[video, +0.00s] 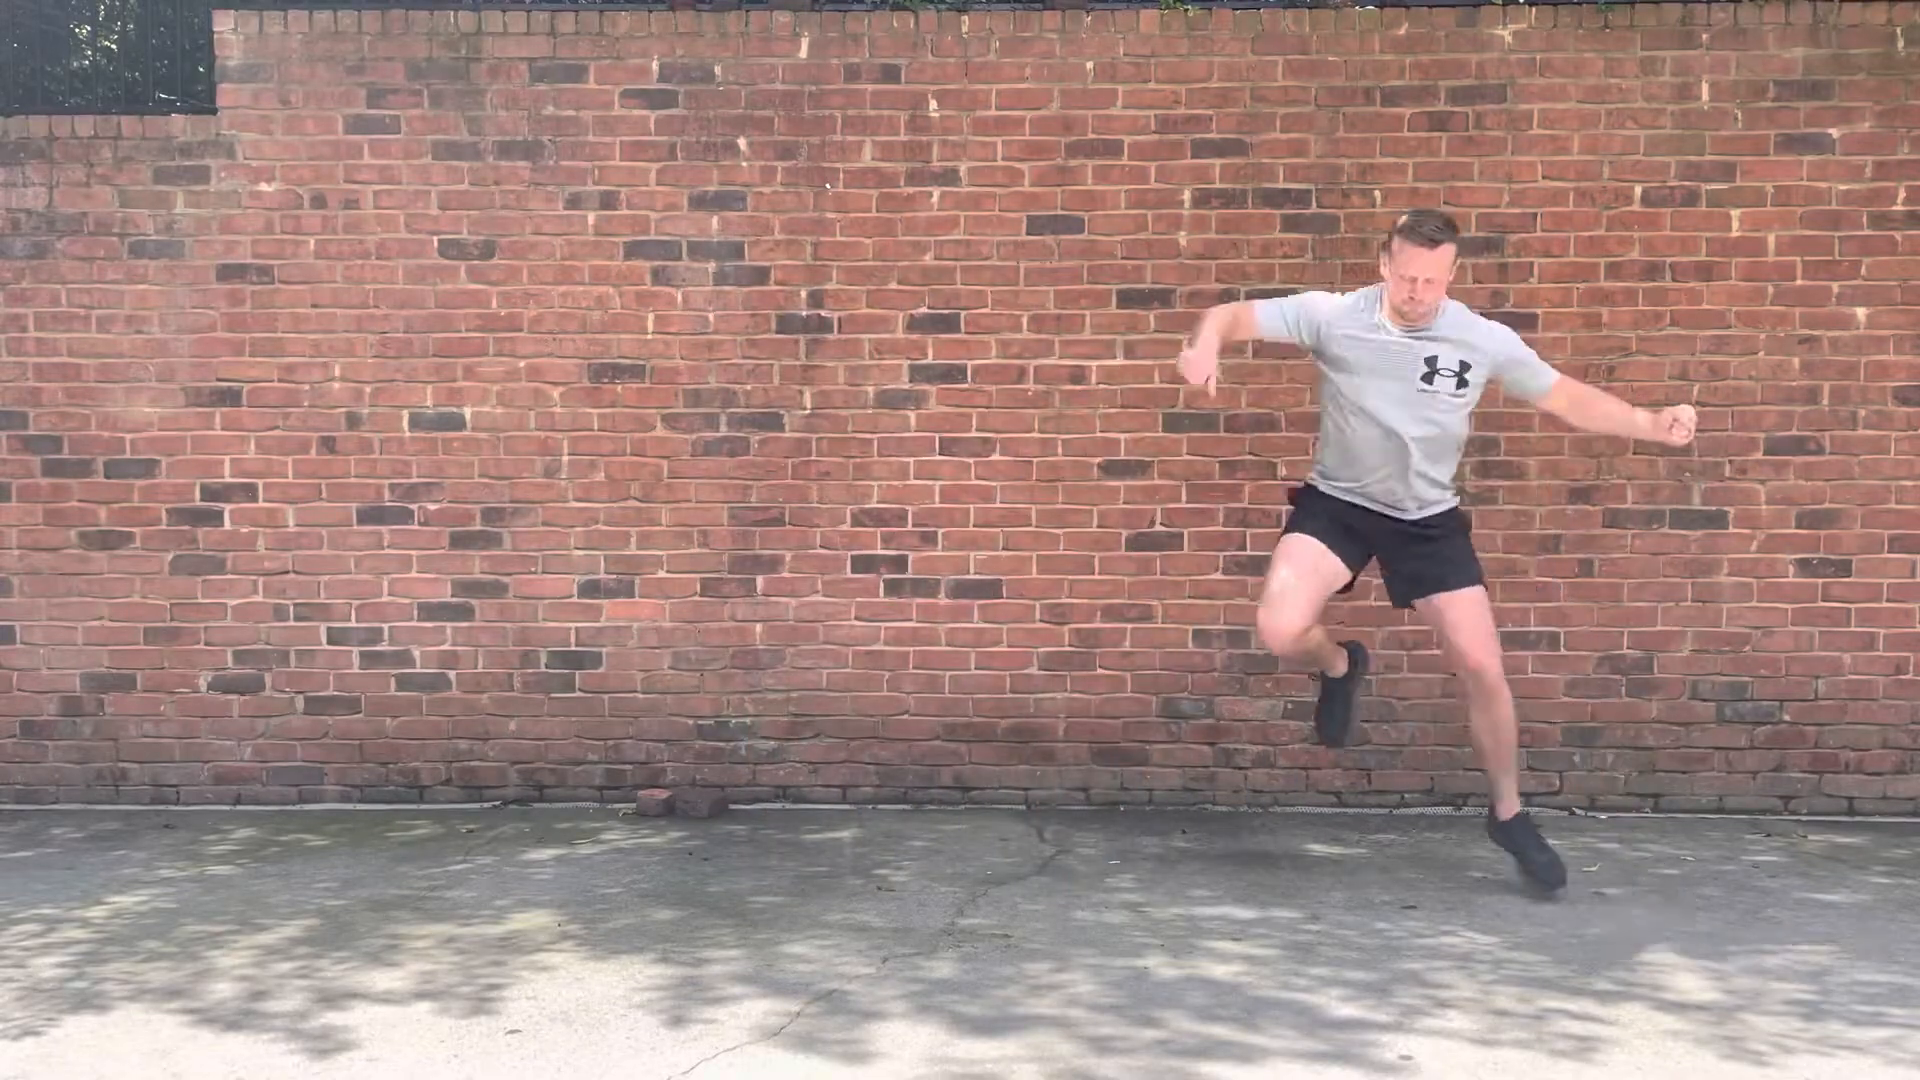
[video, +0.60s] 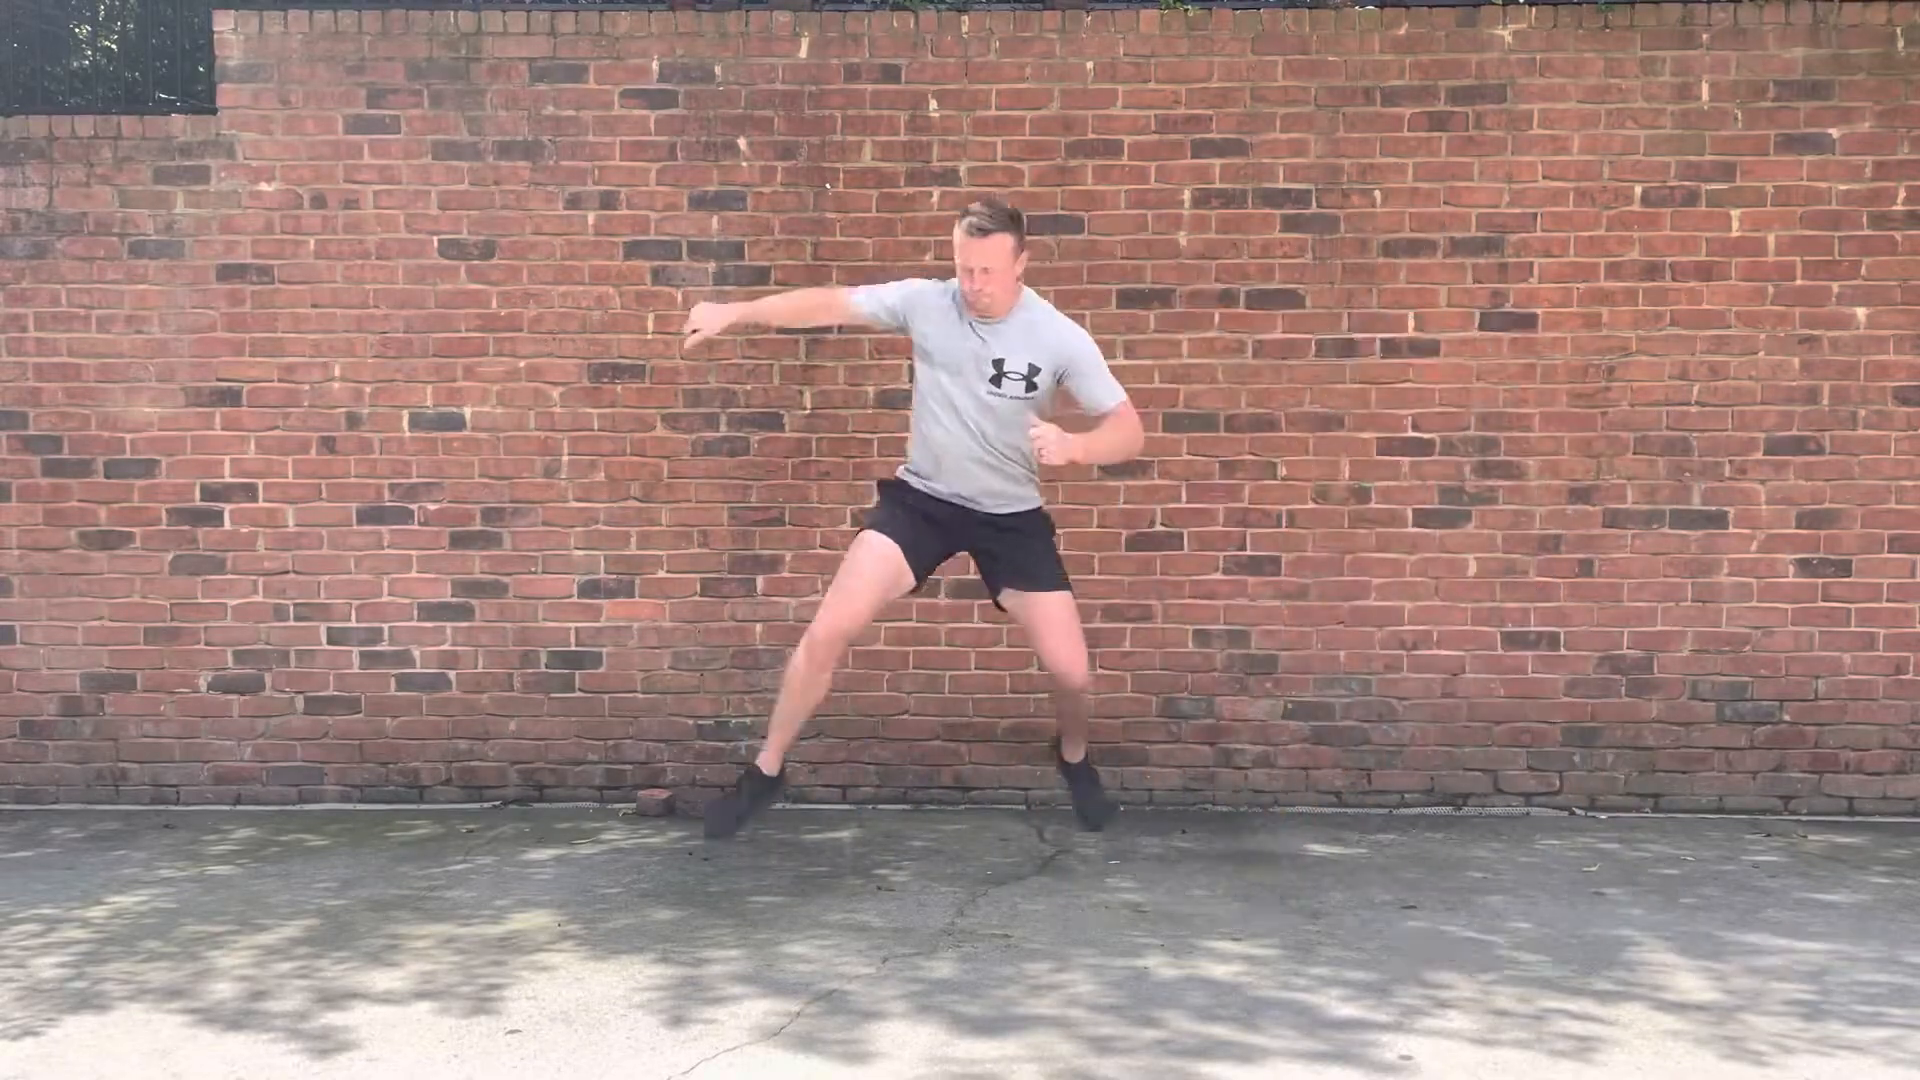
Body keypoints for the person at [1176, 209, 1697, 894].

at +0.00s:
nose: (1418, 293)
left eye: (1433, 281)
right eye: (1406, 277)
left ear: (1452, 277)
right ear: (1384, 264)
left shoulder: (1483, 340)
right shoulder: (1333, 316)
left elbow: (1566, 396)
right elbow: (1231, 316)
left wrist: (1651, 425)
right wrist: (1204, 345)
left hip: (1430, 521)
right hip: (1335, 505)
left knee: (1482, 664)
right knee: (1277, 631)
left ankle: (1507, 814)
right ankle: (1341, 665)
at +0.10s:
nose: (1366, 280)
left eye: (1381, 268)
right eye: (1355, 264)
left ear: (1403, 263)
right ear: (1336, 250)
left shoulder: (1427, 334)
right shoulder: (1281, 306)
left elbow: (1472, 407)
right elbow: (1186, 334)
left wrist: (1541, 453)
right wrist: (1138, 386)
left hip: (1370, 515)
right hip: (1280, 505)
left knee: (1387, 667)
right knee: (1255, 650)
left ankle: (1350, 812)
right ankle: (1313, 674)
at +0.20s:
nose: (1312, 310)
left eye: (1329, 299)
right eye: (1304, 293)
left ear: (1354, 296)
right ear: (1288, 278)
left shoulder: (1368, 375)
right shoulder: (1231, 331)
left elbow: (1398, 467)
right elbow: (1172, 388)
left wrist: (1451, 519)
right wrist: (1127, 450)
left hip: (1304, 543)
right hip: (1216, 528)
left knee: (1299, 699)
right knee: (1195, 675)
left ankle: (1285, 843)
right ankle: (1247, 732)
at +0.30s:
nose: (1246, 340)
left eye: (1262, 329)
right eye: (1239, 324)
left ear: (1294, 329)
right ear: (1228, 315)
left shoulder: (1310, 419)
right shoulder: (1179, 364)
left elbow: (1344, 509)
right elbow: (1119, 416)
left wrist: (1380, 546)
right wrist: (1090, 440)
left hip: (1241, 570)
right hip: (1154, 549)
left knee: (1256, 716)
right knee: (1089, 667)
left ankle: (1274, 848)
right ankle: (1139, 749)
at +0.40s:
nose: (1168, 313)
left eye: (1185, 304)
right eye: (1161, 298)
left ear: (1215, 305)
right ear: (1151, 288)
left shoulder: (1233, 385)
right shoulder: (1102, 332)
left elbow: (1295, 489)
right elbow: (1005, 352)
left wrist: (1281, 441)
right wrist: (1003, 312)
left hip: (1169, 549)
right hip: (1082, 523)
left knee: (1211, 686)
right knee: (984, 608)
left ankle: (1270, 838)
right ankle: (1017, 720)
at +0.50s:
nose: (1070, 280)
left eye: (1086, 268)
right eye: (1062, 264)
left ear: (1120, 265)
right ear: (1053, 255)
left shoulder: (1147, 344)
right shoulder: (1014, 297)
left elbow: (1216, 448)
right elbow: (925, 287)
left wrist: (1187, 413)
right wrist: (864, 275)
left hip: (1089, 516)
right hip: (999, 494)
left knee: (1151, 664)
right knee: (898, 589)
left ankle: (1202, 802)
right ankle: (888, 719)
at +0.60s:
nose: (974, 284)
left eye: (988, 271)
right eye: (964, 270)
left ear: (1021, 262)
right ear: (953, 263)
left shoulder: (1061, 338)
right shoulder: (923, 303)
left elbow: (1129, 432)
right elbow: (830, 305)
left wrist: (1080, 447)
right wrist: (734, 313)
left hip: (1013, 517)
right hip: (920, 500)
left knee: (1073, 675)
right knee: (828, 629)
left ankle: (1075, 759)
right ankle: (765, 770)